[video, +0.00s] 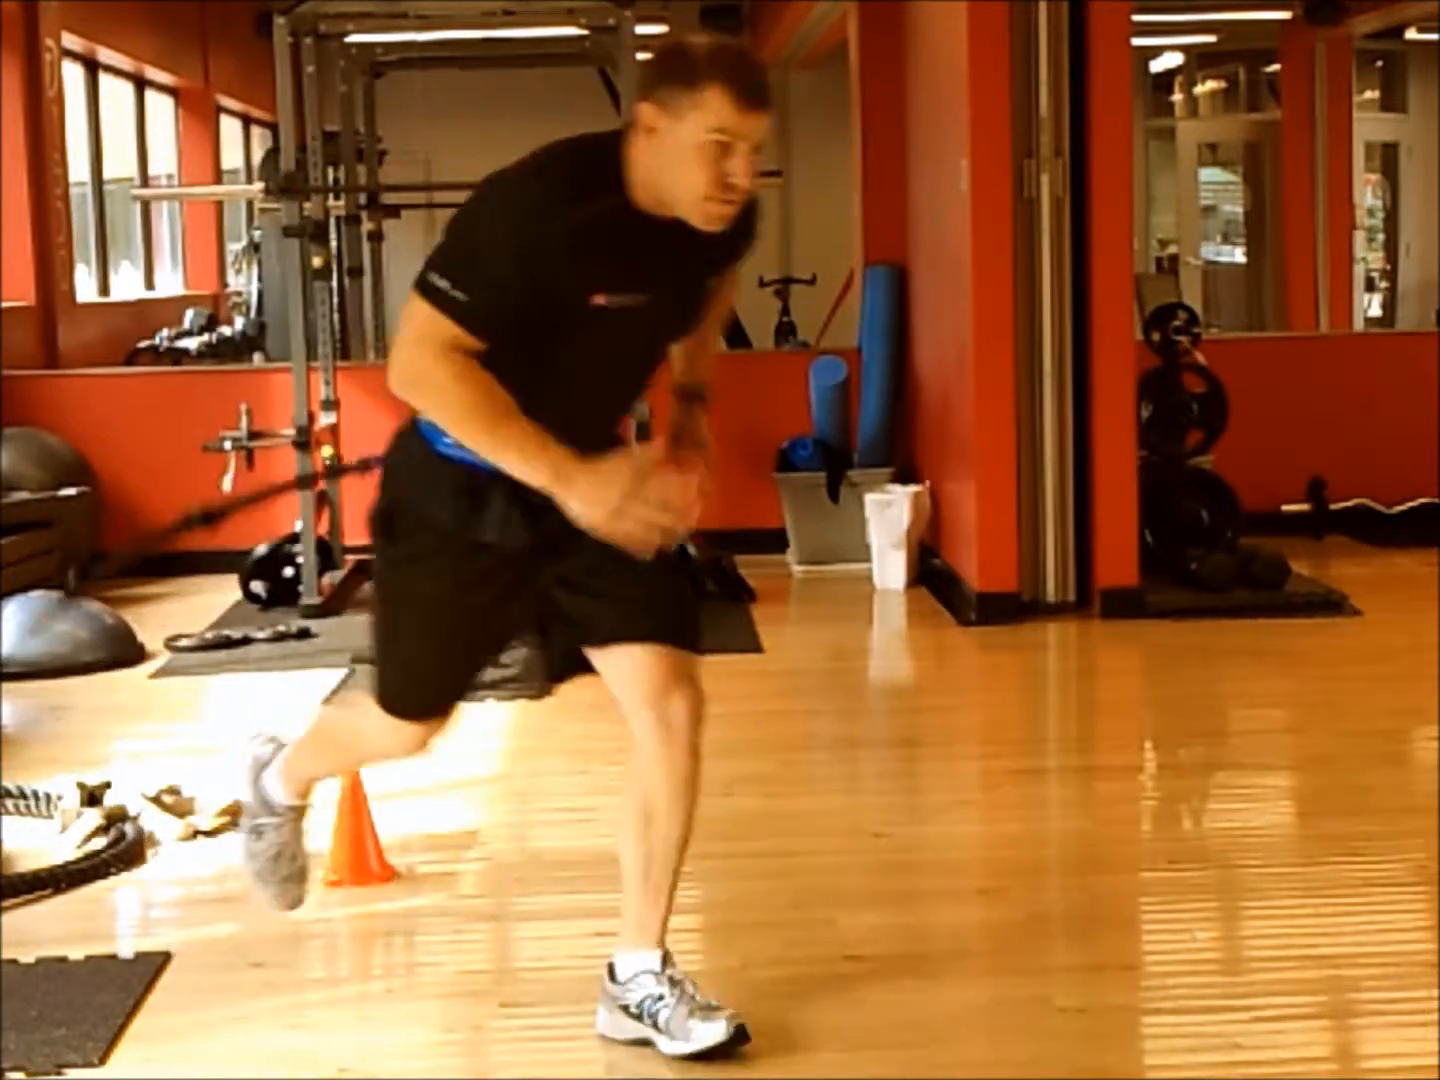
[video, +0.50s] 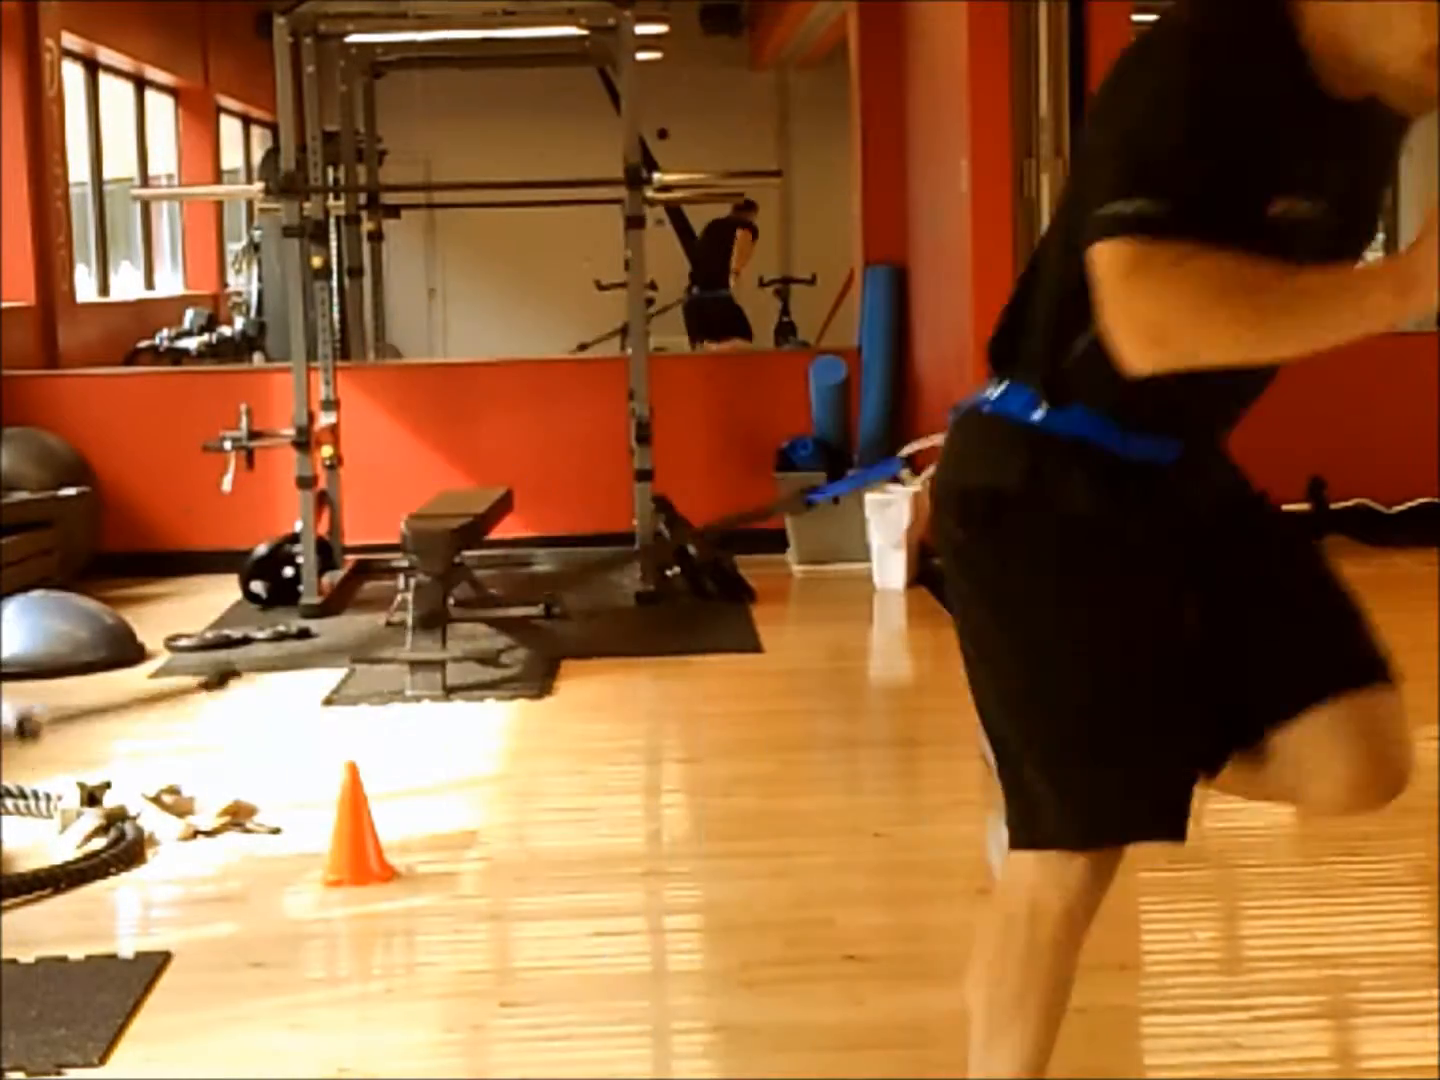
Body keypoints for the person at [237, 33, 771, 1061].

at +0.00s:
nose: (743, 173)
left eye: (755, 150)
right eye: (723, 145)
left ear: (760, 147)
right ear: (649, 127)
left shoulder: (723, 222)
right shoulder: (534, 203)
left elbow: (697, 326)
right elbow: (417, 361)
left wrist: (686, 424)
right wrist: (572, 475)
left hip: (593, 476)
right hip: (459, 474)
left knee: (670, 701)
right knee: (404, 721)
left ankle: (640, 972)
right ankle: (280, 780)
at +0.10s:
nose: (889, 162)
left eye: (900, 138)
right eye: (870, 131)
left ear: (898, 139)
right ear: (793, 114)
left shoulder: (845, 244)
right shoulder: (652, 192)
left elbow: (842, 383)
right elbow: (489, 308)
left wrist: (880, 504)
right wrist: (440, 493)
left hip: (705, 500)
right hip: (583, 502)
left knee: (747, 755)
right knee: (615, 799)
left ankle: (645, 980)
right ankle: (425, 761)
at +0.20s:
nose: (1022, 102)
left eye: (1035, 77)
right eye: (999, 70)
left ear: (1039, 77)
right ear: (913, 52)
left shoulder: (994, 191)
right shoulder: (775, 120)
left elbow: (1007, 373)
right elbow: (558, 139)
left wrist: (1088, 351)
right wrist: (457, 307)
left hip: (803, 488)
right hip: (688, 471)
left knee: (762, 757)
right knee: (837, 735)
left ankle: (647, 953)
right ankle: (643, 895)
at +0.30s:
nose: (1161, 22)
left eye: (1170, 2)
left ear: (1171, 10)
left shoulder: (1147, 120)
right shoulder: (889, 45)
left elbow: (1145, 290)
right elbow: (667, 80)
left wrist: (1210, 306)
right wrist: (612, 291)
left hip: (941, 449)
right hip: (823, 433)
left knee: (864, 734)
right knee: (958, 738)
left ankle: (686, 868)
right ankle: (920, 1063)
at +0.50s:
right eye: (1434, 12)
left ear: (1385, 14)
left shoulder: (1367, 108)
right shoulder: (1190, 60)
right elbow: (1148, 318)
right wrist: (1397, 287)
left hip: (1182, 479)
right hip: (1035, 483)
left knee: (1355, 762)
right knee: (1067, 840)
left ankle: (1084, 731)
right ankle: (998, 1076)